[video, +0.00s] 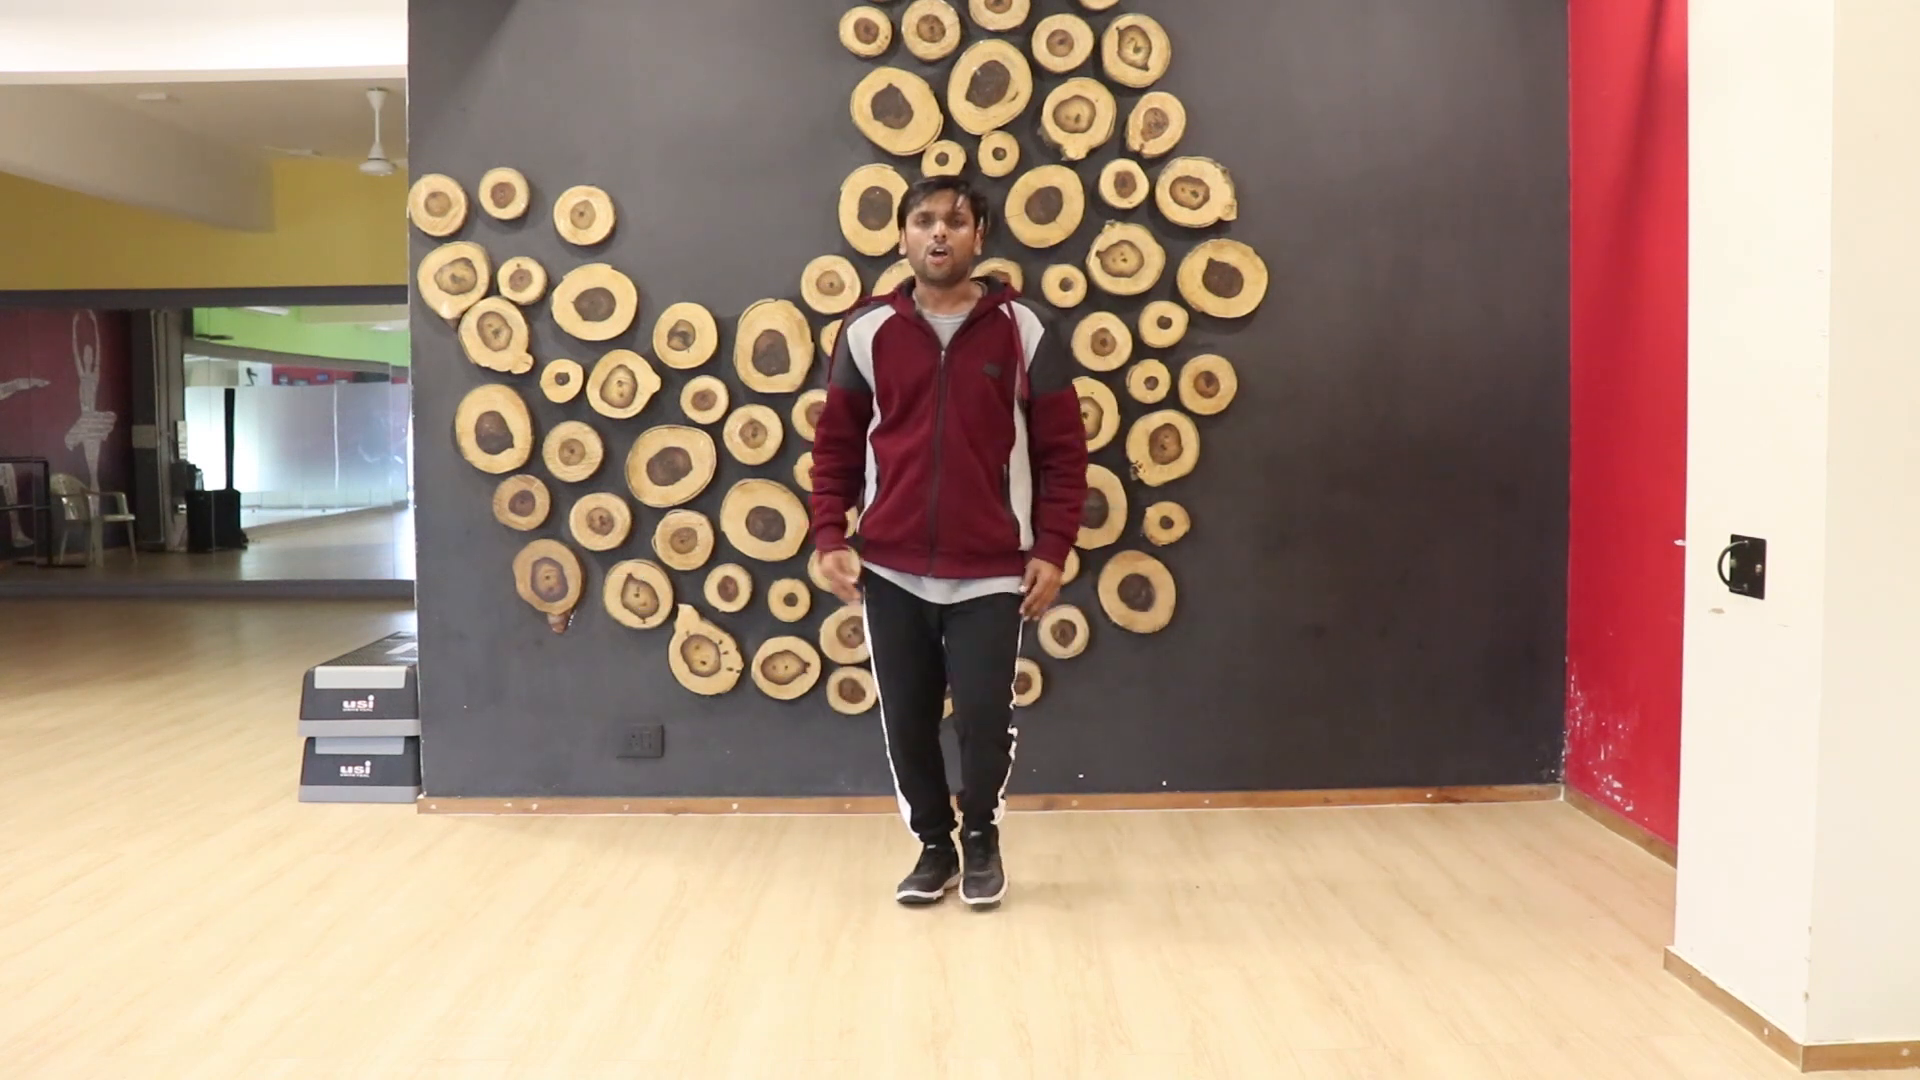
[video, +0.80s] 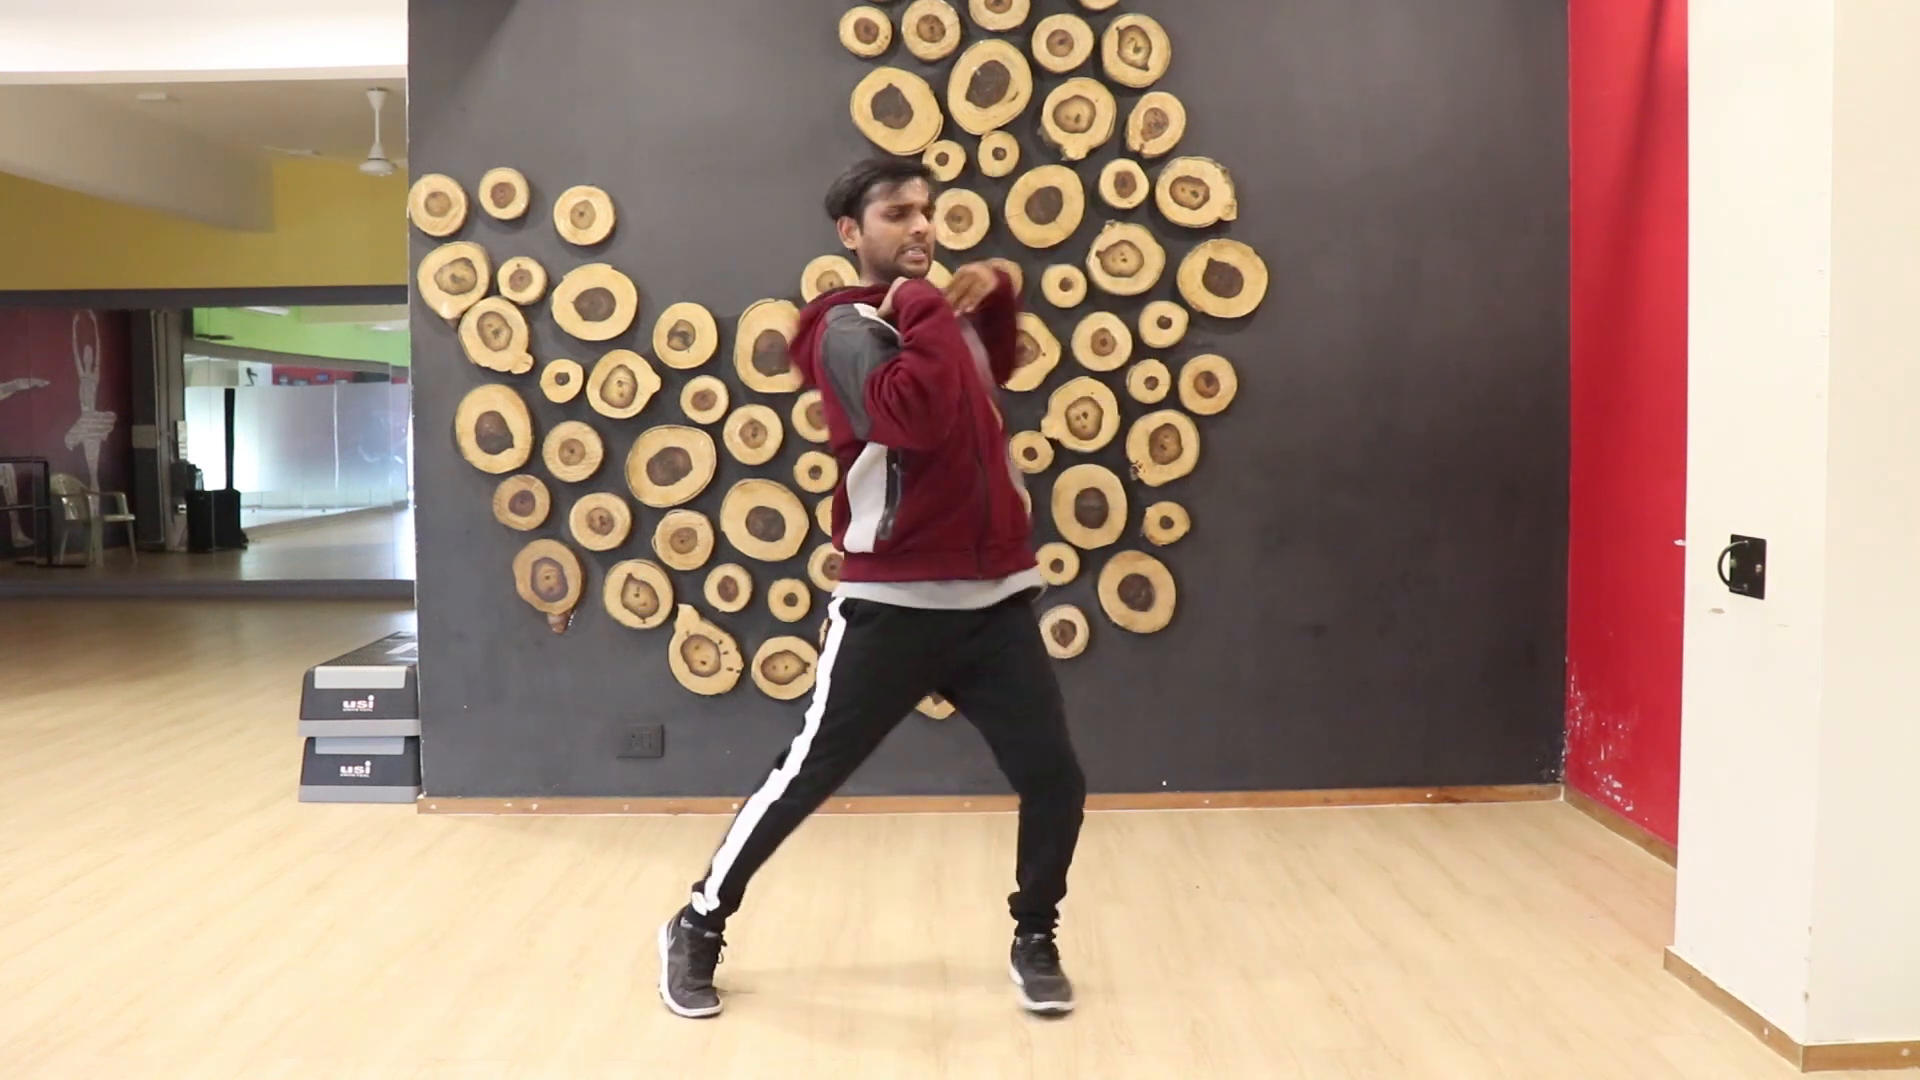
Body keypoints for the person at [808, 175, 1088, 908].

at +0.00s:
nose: (938, 234)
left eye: (954, 222)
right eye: (924, 222)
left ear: (979, 238)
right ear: (904, 238)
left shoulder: (1022, 330)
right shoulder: (864, 333)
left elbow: (1060, 447)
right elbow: (836, 444)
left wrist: (1052, 548)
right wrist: (830, 536)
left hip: (989, 567)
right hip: (892, 566)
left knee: (983, 717)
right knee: (906, 721)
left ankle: (979, 835)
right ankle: (934, 846)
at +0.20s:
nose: (949, 230)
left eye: (965, 218)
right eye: (933, 217)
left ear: (987, 237)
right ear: (908, 237)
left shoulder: (1027, 329)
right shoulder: (867, 325)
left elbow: (1081, 434)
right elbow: (815, 435)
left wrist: (1034, 492)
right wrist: (869, 441)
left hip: (997, 576)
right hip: (896, 575)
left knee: (1009, 737)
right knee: (911, 730)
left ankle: (1019, 913)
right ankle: (936, 847)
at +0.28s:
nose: (955, 227)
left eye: (971, 214)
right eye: (939, 214)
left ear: (993, 233)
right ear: (913, 232)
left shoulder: (1021, 316)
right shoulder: (884, 310)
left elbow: (1019, 419)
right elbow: (871, 404)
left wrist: (915, 367)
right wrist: (982, 337)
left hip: (1006, 567)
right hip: (908, 568)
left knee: (1018, 747)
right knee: (913, 742)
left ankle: (1023, 929)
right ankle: (939, 836)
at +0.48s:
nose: (965, 214)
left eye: (982, 203)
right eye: (949, 201)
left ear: (1007, 222)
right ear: (922, 217)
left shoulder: (1030, 305)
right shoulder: (880, 293)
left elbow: (1065, 394)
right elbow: (811, 392)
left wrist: (974, 313)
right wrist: (905, 324)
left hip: (1018, 563)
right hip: (913, 563)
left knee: (1037, 749)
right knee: (977, 731)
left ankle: (1028, 931)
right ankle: (982, 887)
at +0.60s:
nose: (965, 211)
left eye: (981, 199)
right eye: (946, 198)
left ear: (1001, 220)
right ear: (914, 215)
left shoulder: (1044, 312)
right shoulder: (864, 306)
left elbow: (1161, 351)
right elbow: (776, 375)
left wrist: (1087, 279)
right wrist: (804, 301)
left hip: (1002, 572)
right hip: (894, 563)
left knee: (1030, 762)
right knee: (923, 717)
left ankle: (1033, 941)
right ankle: (884, 882)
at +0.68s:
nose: (958, 217)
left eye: (970, 203)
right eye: (937, 204)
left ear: (987, 219)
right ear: (899, 221)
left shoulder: (1039, 313)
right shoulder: (866, 316)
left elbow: (1145, 305)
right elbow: (808, 453)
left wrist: (1079, 239)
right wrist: (828, 348)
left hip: (999, 584)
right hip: (887, 578)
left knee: (1021, 762)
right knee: (860, 743)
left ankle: (1035, 945)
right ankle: (766, 909)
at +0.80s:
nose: (922, 229)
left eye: (927, 214)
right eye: (900, 215)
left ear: (935, 225)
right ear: (851, 231)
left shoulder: (935, 311)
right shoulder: (846, 330)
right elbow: (913, 415)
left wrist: (1000, 296)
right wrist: (926, 313)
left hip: (995, 604)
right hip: (890, 608)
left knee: (1055, 783)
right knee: (807, 778)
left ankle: (1036, 938)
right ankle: (698, 928)